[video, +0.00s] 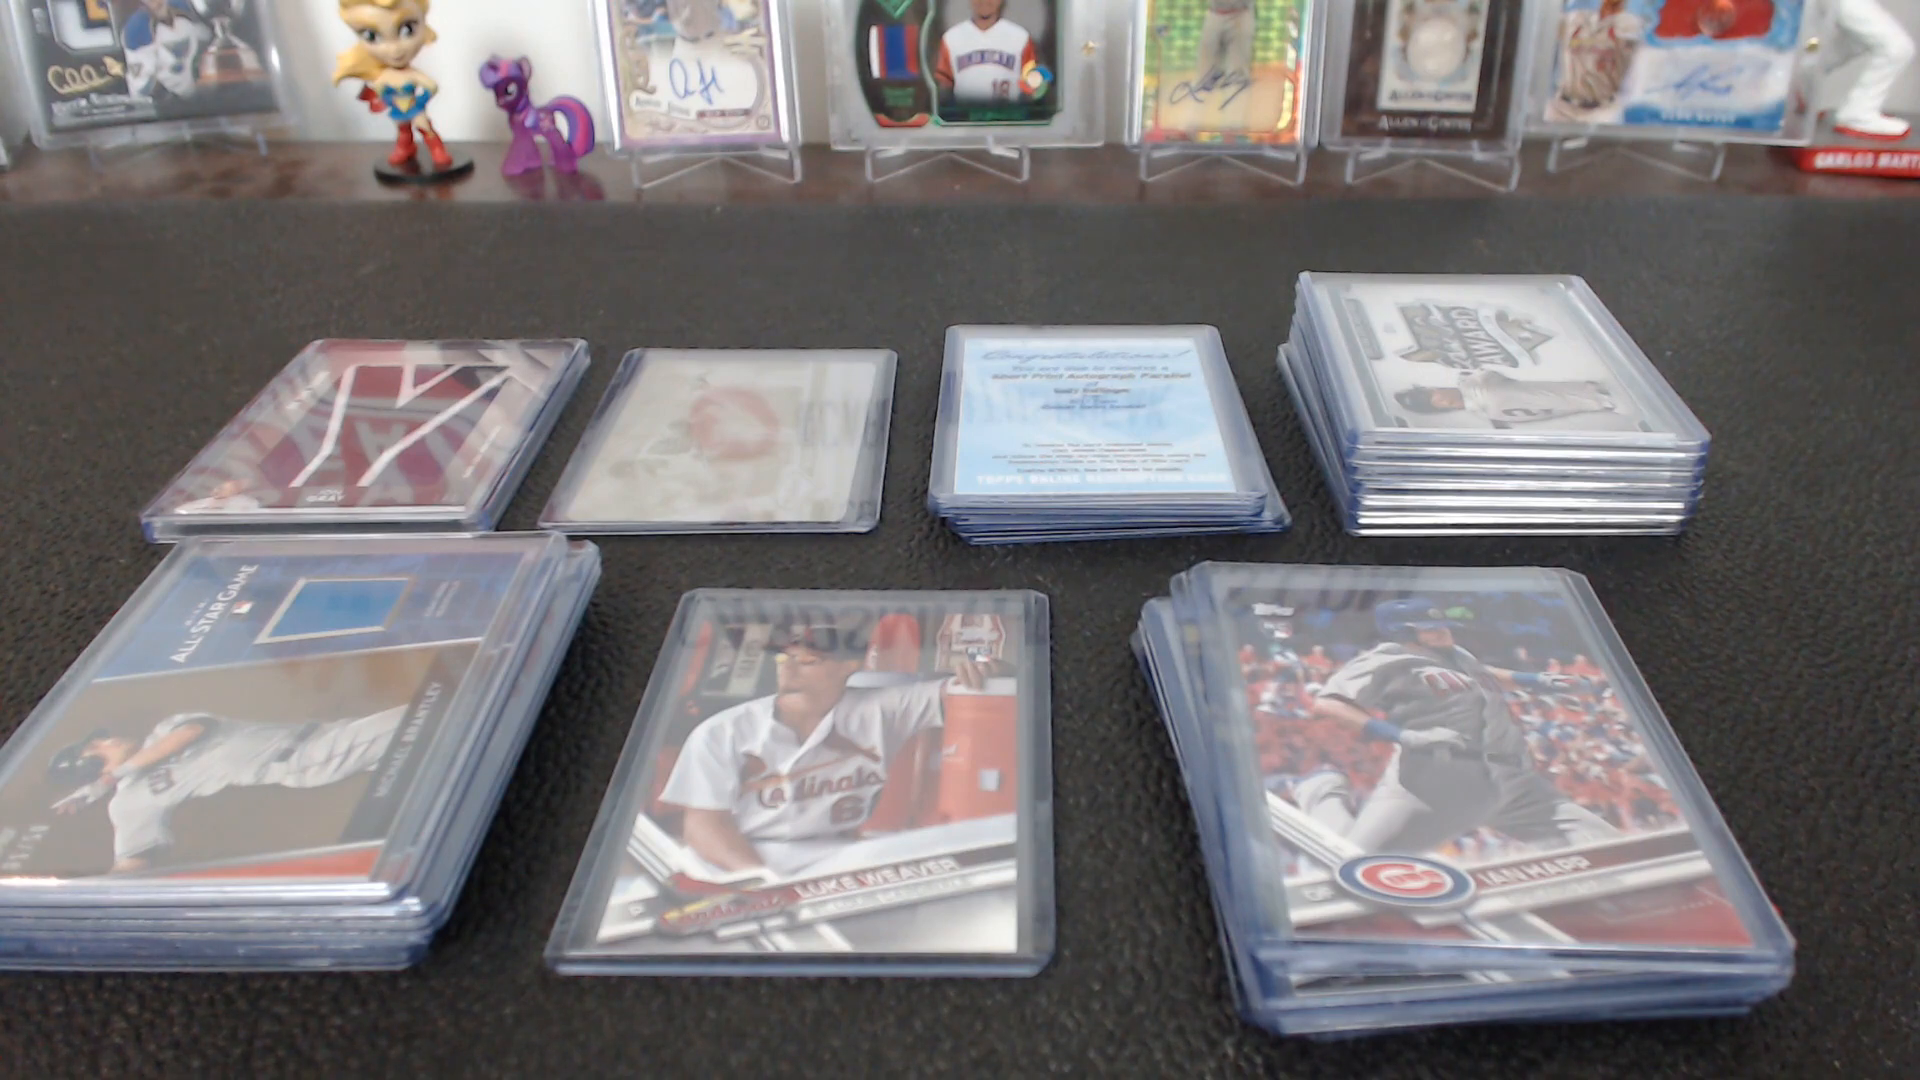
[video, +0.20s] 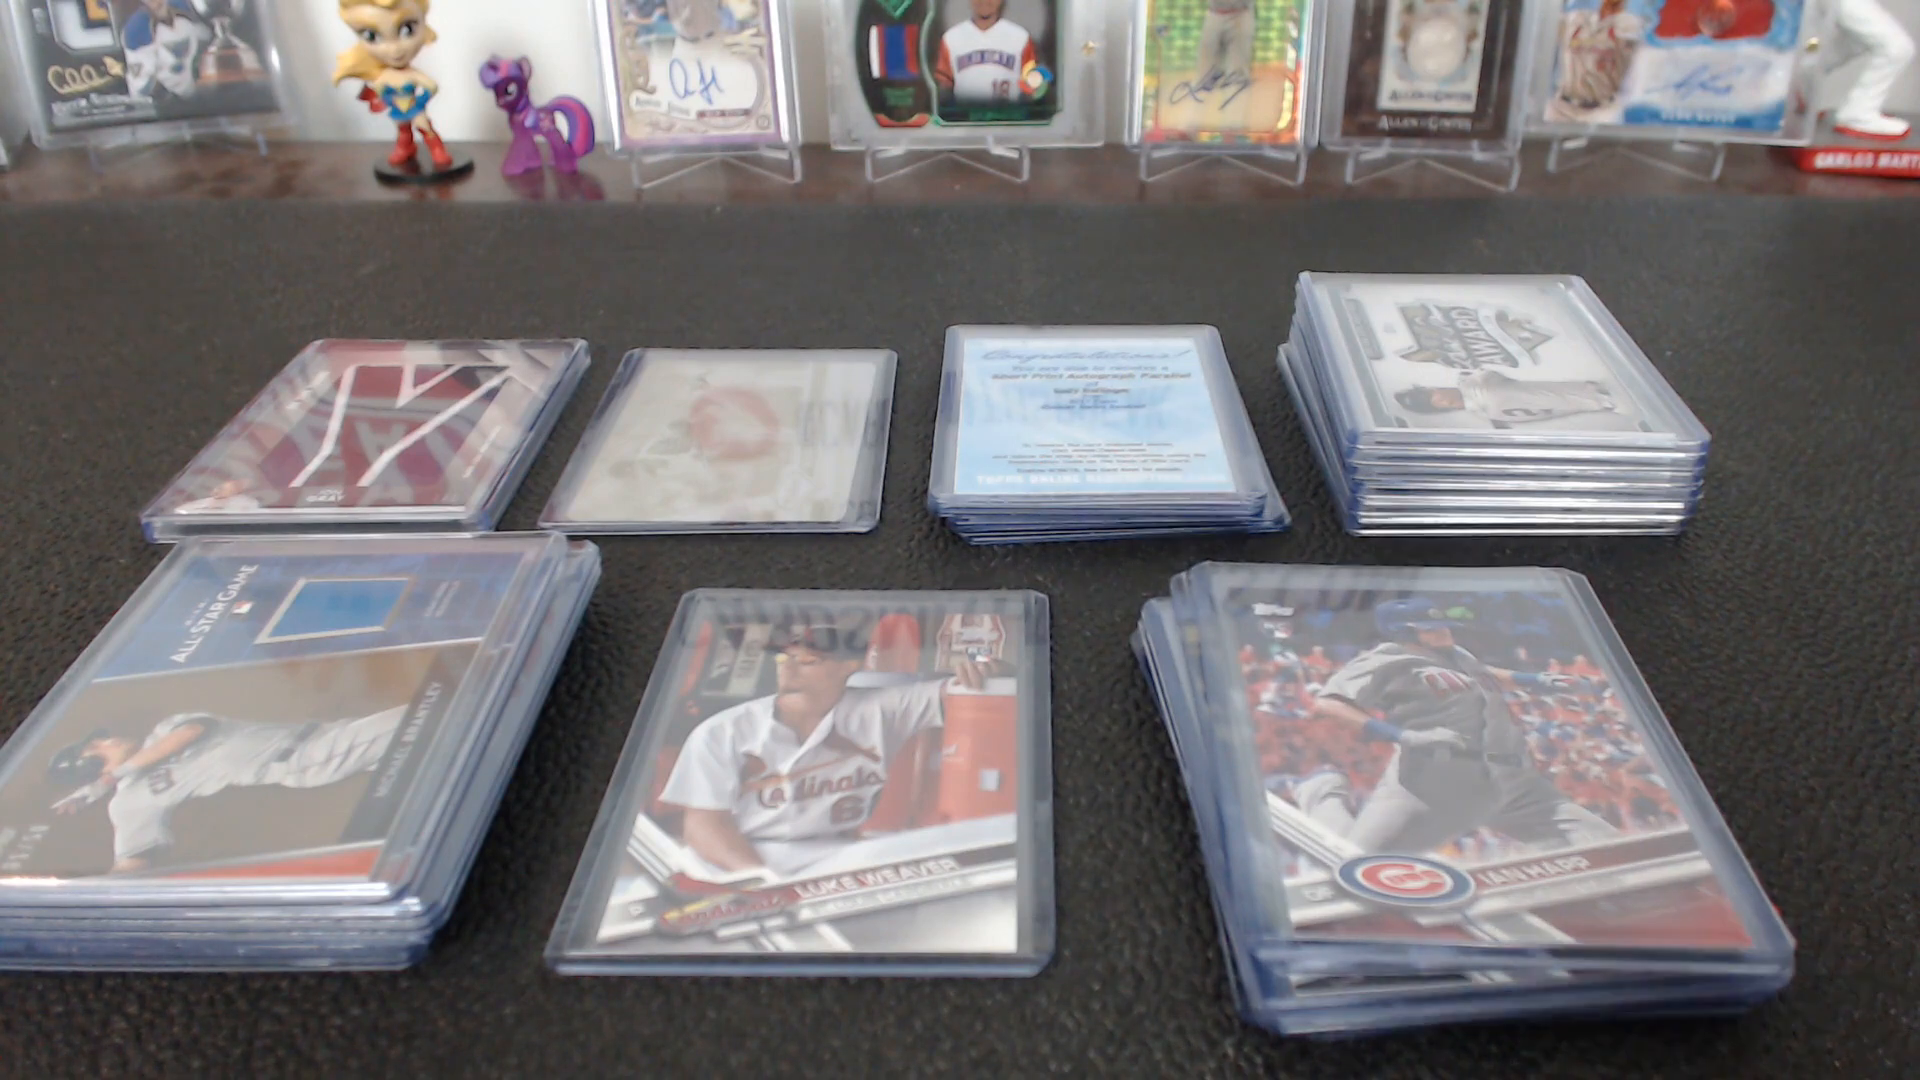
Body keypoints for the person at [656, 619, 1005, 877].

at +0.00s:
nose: (793, 660)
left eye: (814, 650)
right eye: (786, 648)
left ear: (853, 664)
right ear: (775, 657)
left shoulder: (875, 714)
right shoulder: (720, 736)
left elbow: (957, 690)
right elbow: (703, 829)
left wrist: (973, 672)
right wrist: (768, 884)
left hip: (827, 868)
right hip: (729, 871)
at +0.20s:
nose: (793, 660)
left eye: (815, 650)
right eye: (786, 648)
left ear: (853, 664)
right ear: (775, 657)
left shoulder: (875, 715)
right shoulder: (720, 736)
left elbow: (953, 690)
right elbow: (703, 829)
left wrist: (973, 675)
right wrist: (767, 883)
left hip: (827, 866)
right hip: (730, 870)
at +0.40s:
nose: (793, 657)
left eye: (816, 647)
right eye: (787, 645)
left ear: (853, 664)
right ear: (776, 655)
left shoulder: (874, 715)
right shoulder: (720, 735)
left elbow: (957, 691)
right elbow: (702, 829)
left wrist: (974, 671)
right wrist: (767, 884)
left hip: (826, 867)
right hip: (728, 872)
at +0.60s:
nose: (793, 657)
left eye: (816, 647)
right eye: (786, 644)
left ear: (854, 663)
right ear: (775, 654)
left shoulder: (875, 715)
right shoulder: (719, 735)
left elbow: (958, 690)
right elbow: (702, 831)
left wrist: (974, 669)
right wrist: (768, 884)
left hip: (828, 874)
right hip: (726, 879)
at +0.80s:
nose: (792, 659)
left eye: (814, 649)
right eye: (785, 646)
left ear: (853, 664)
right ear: (775, 656)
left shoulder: (874, 715)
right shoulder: (720, 735)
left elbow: (958, 689)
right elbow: (702, 830)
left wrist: (974, 669)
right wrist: (768, 884)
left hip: (830, 870)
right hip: (730, 874)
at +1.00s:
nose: (793, 659)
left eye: (814, 649)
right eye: (787, 646)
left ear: (853, 664)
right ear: (776, 656)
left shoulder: (875, 716)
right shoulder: (720, 735)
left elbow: (957, 690)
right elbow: (703, 830)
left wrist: (974, 673)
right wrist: (769, 885)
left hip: (827, 871)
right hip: (728, 875)